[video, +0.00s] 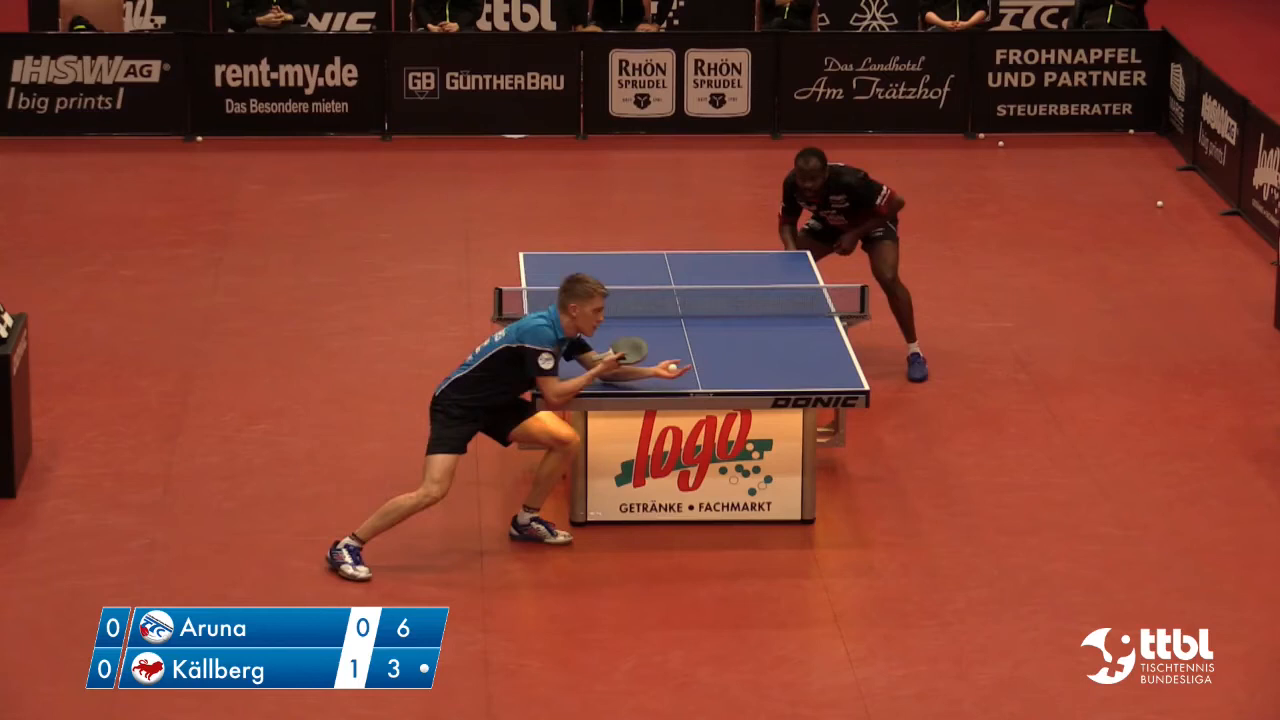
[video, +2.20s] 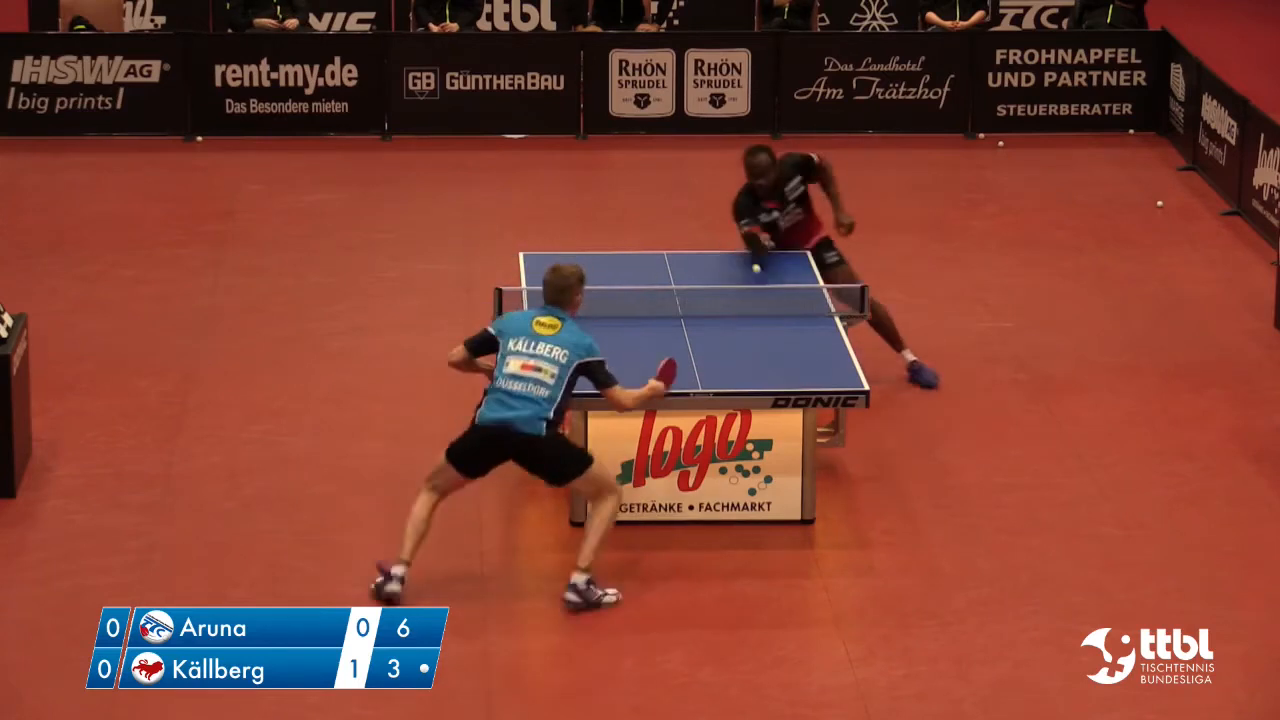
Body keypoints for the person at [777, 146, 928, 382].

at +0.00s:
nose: (808, 185)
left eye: (813, 179)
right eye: (803, 179)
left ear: (825, 173)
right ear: (795, 173)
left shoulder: (850, 180)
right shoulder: (792, 184)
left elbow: (895, 202)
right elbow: (787, 222)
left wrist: (855, 234)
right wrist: (793, 252)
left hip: (872, 220)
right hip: (830, 221)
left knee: (887, 278)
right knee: (791, 264)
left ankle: (914, 351)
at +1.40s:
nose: (831, 164)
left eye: (837, 157)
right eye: (825, 157)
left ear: (849, 154)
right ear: (819, 156)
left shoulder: (874, 170)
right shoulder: (815, 177)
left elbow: (916, 197)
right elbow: (807, 213)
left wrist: (877, 230)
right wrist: (787, 227)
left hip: (889, 231)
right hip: (844, 232)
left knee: (908, 294)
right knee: (799, 279)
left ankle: (925, 355)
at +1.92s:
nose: (809, 165)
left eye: (815, 158)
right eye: (806, 159)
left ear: (831, 151)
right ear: (801, 154)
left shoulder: (864, 159)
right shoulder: (804, 184)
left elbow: (911, 169)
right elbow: (793, 231)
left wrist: (911, 217)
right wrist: (768, 242)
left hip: (882, 239)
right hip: (838, 241)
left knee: (908, 307)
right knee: (799, 287)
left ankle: (941, 363)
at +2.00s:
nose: (795, 171)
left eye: (800, 164)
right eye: (791, 165)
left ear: (814, 156)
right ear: (786, 162)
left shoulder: (844, 160)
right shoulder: (787, 189)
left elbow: (888, 164)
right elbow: (781, 236)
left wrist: (898, 209)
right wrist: (766, 243)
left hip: (864, 239)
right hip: (820, 244)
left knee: (900, 303)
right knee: (791, 296)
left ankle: (939, 361)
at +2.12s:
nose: (774, 184)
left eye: (778, 177)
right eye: (767, 179)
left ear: (788, 167)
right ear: (760, 176)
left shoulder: (809, 165)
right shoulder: (760, 200)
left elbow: (844, 168)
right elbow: (766, 239)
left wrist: (860, 210)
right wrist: (764, 249)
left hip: (834, 247)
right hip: (797, 261)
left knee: (879, 302)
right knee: (791, 318)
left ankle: (928, 362)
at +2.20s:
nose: (762, 183)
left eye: (765, 176)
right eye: (755, 178)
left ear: (775, 166)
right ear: (747, 176)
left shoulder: (792, 165)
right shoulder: (744, 202)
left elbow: (823, 168)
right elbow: (753, 244)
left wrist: (839, 212)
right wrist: (758, 243)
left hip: (817, 246)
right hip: (784, 261)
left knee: (860, 300)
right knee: (785, 318)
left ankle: (910, 360)